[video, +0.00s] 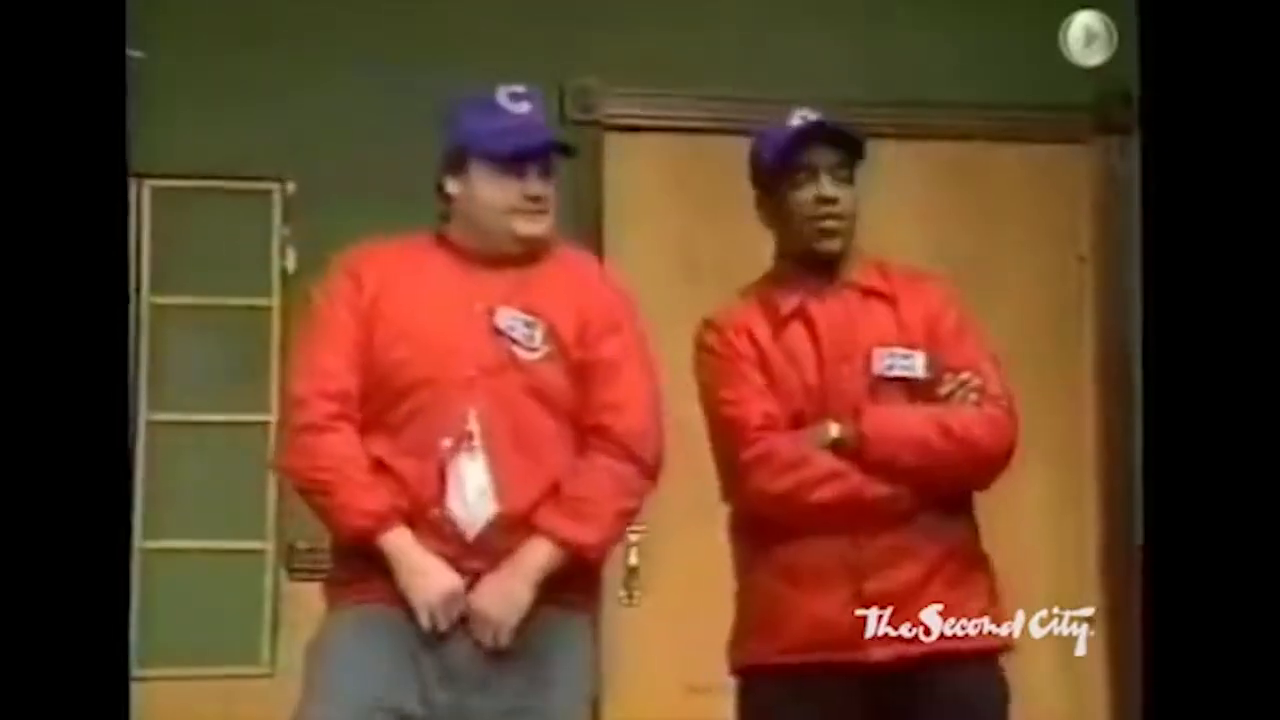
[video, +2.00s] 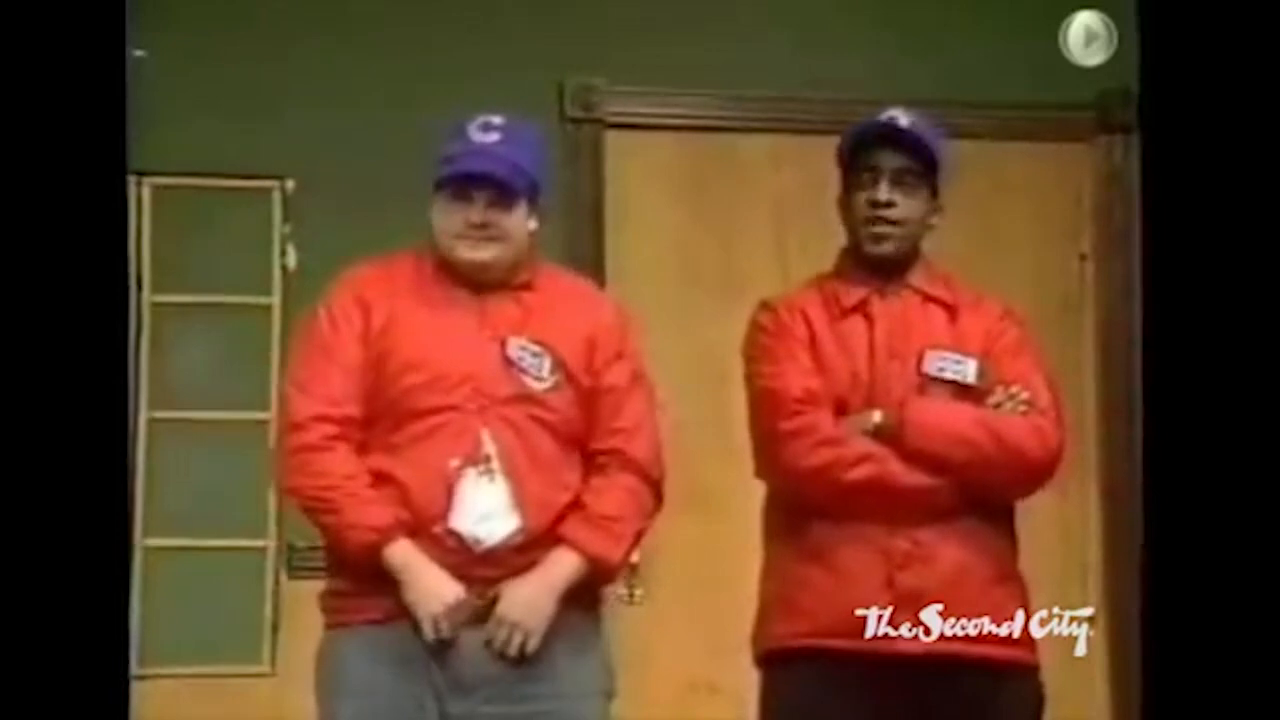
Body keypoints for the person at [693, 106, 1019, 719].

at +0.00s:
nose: (827, 194)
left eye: (840, 175)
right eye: (803, 179)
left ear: (858, 192)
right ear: (768, 203)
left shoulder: (924, 300)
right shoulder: (733, 331)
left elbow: (988, 437)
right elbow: (764, 483)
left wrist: (845, 436)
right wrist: (929, 458)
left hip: (942, 640)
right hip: (798, 655)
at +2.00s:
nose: (881, 198)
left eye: (904, 183)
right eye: (866, 181)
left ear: (933, 207)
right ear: (841, 201)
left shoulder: (989, 322)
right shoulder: (788, 319)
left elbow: (1035, 448)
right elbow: (797, 459)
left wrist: (891, 423)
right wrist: (973, 462)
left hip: (974, 646)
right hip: (825, 646)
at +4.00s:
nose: (839, 197)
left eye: (861, 178)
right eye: (828, 182)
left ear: (912, 193)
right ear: (817, 194)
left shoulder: (985, 307)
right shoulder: (783, 314)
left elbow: (1017, 437)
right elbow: (784, 456)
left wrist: (897, 374)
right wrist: (954, 457)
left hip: (967, 646)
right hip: (817, 649)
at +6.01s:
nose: (906, 195)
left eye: (910, 177)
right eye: (881, 179)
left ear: (921, 186)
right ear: (824, 203)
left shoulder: (970, 311)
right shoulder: (776, 316)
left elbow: (1021, 437)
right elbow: (788, 453)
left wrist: (878, 415)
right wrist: (963, 463)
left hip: (963, 642)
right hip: (814, 643)